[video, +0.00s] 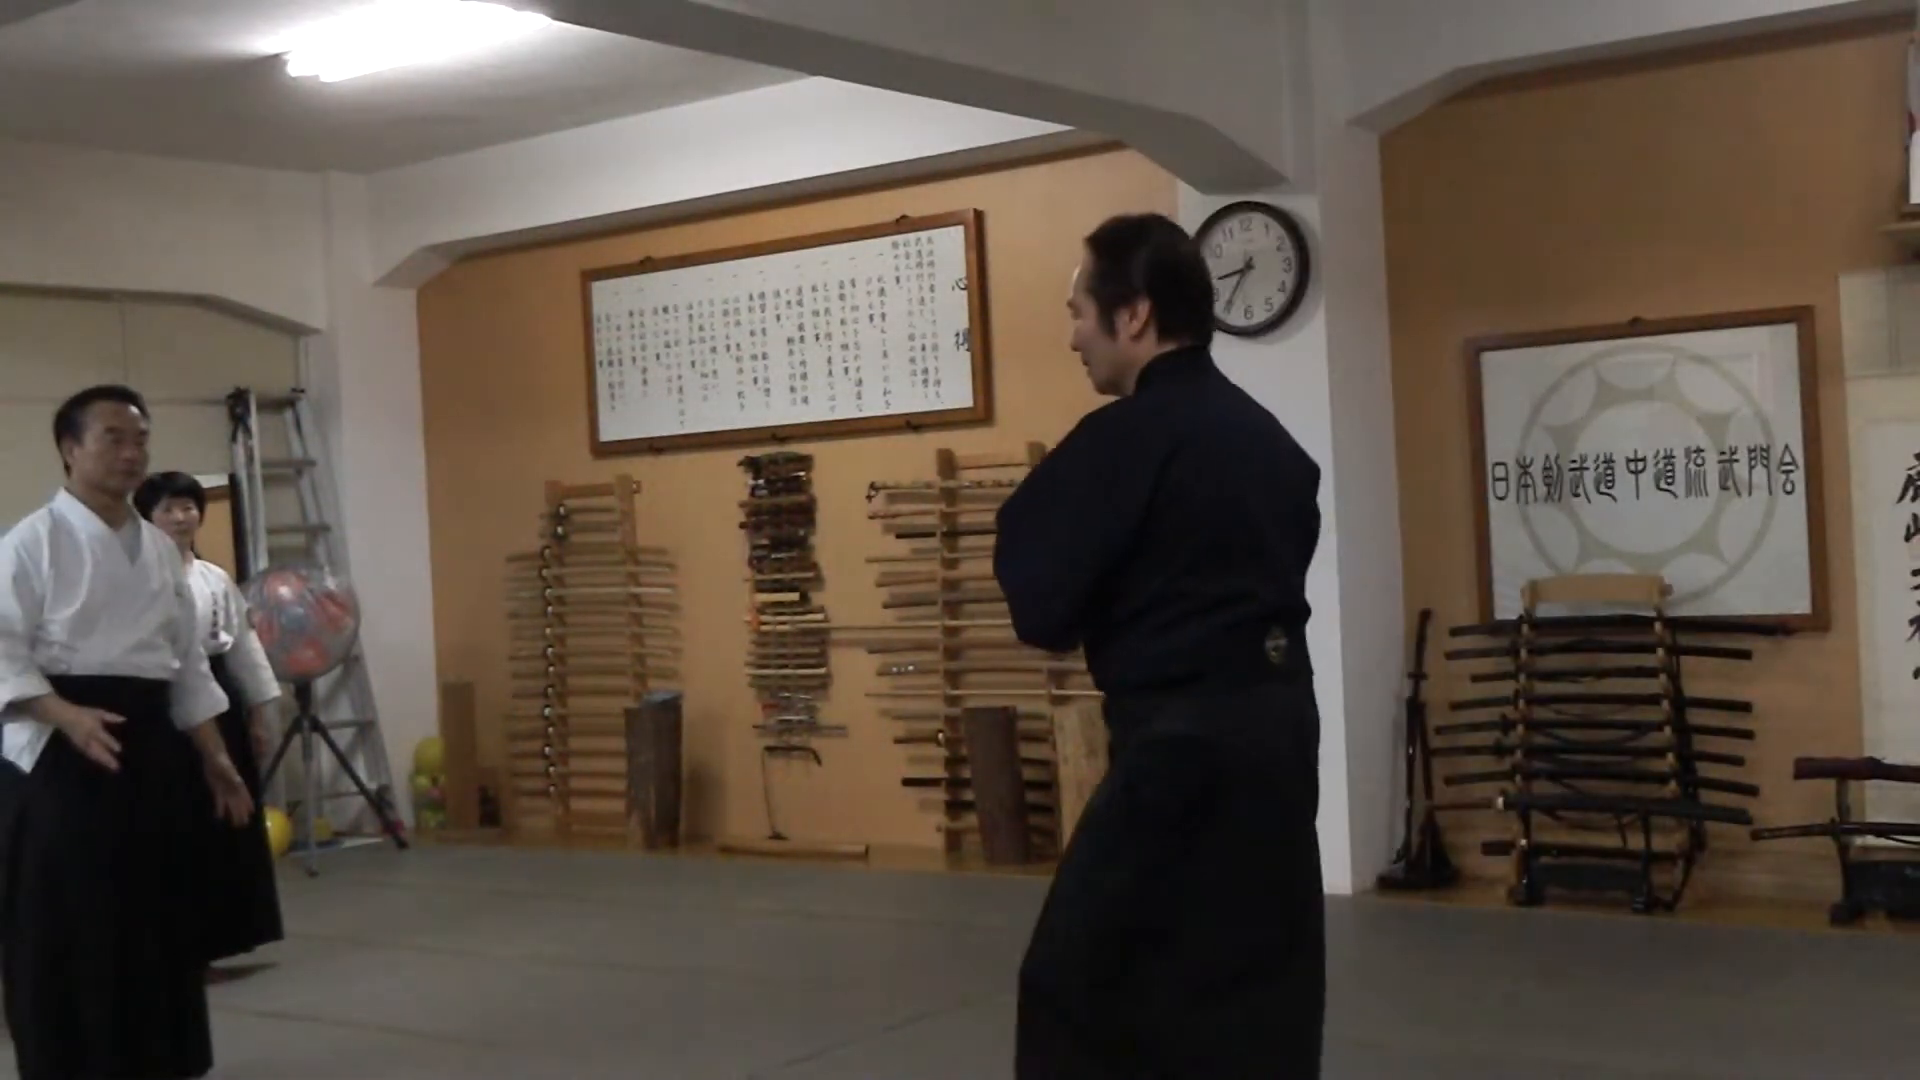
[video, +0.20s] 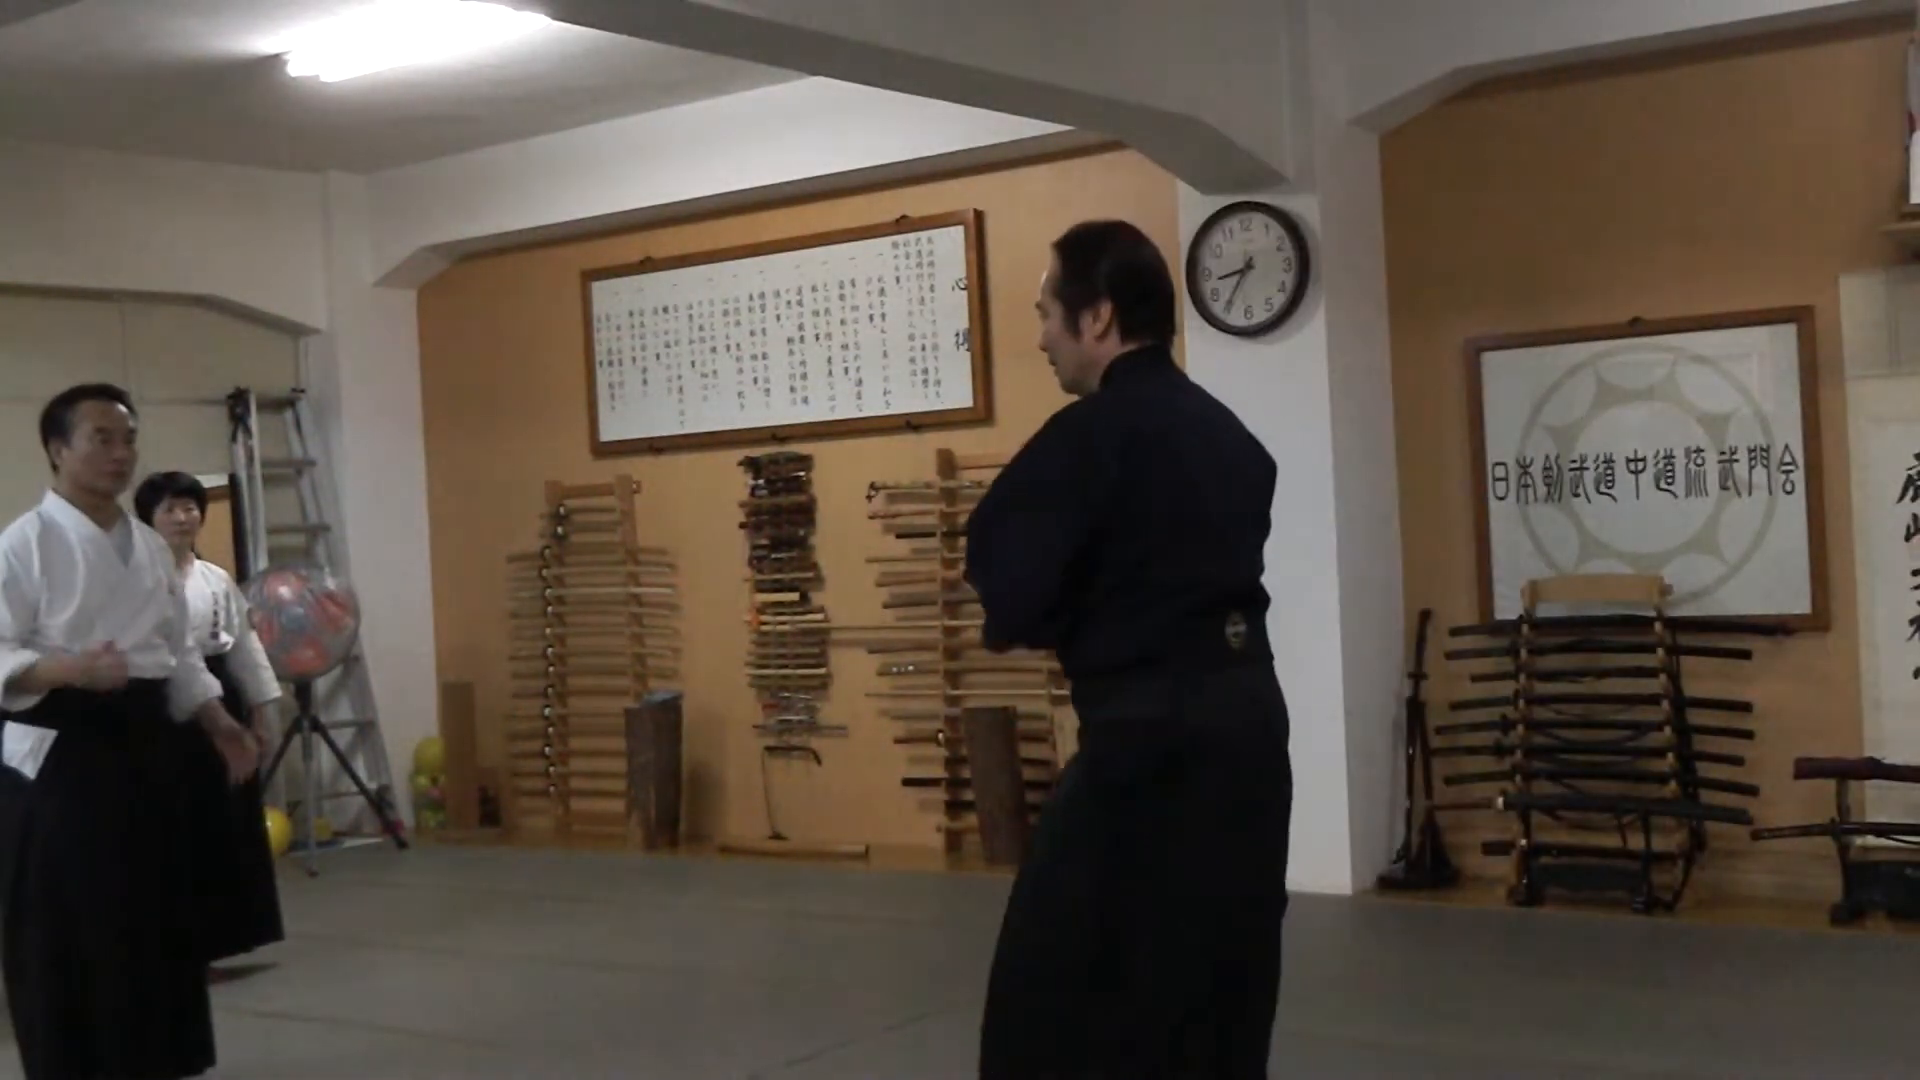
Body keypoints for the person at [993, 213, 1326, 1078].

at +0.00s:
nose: (1073, 336)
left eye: (1081, 313)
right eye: (1073, 315)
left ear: (1137, 319)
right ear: (1167, 319)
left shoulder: (1121, 440)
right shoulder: (1268, 436)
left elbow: (1040, 594)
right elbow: (1276, 574)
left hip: (1178, 751)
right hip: (1280, 733)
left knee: (1068, 981)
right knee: (1263, 969)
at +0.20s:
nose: (1041, 339)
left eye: (1049, 315)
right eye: (1042, 317)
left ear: (1100, 320)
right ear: (1136, 319)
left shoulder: (1084, 439)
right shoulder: (1228, 433)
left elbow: (1010, 589)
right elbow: (1216, 566)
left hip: (1143, 747)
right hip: (1248, 733)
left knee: (1050, 977)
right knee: (1225, 971)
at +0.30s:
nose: (1022, 347)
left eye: (1029, 323)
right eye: (1022, 325)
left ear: (1080, 327)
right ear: (1120, 327)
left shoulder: (1062, 447)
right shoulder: (1205, 441)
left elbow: (982, 595)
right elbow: (1195, 578)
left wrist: (963, 673)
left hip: (1118, 741)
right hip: (1225, 722)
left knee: (1060, 967)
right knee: (1212, 958)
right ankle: (1208, 1074)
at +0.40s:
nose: (999, 349)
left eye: (1006, 330)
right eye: (999, 330)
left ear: (1050, 337)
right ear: (1102, 333)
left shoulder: (1031, 459)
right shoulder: (1174, 452)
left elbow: (974, 604)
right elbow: (1157, 601)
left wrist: (924, 745)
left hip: (1085, 737)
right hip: (1192, 719)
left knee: (1043, 950)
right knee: (1192, 948)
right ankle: (1191, 1066)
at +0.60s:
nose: (917, 368)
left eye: (924, 349)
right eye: (918, 349)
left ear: (966, 354)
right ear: (1009, 353)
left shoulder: (955, 468)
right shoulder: (1094, 466)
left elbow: (926, 631)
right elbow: (1103, 632)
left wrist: (920, 782)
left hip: (985, 766)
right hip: (1090, 759)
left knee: (973, 992)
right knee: (1099, 977)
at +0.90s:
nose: (827, 384)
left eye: (827, 363)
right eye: (822, 365)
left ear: (863, 351)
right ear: (921, 349)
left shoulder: (864, 452)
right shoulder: (995, 453)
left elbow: (818, 601)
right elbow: (1011, 605)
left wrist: (793, 749)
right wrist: (1004, 711)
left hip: (900, 733)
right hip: (989, 727)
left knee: (883, 946)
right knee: (978, 940)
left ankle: (886, 1068)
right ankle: (979, 1066)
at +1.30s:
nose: (756, 377)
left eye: (760, 358)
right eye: (755, 359)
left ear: (798, 358)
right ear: (846, 356)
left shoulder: (795, 464)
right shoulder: (901, 456)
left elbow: (742, 603)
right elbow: (898, 594)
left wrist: (686, 733)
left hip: (830, 725)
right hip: (905, 711)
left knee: (823, 932)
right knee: (899, 917)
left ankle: (831, 1066)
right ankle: (921, 1065)